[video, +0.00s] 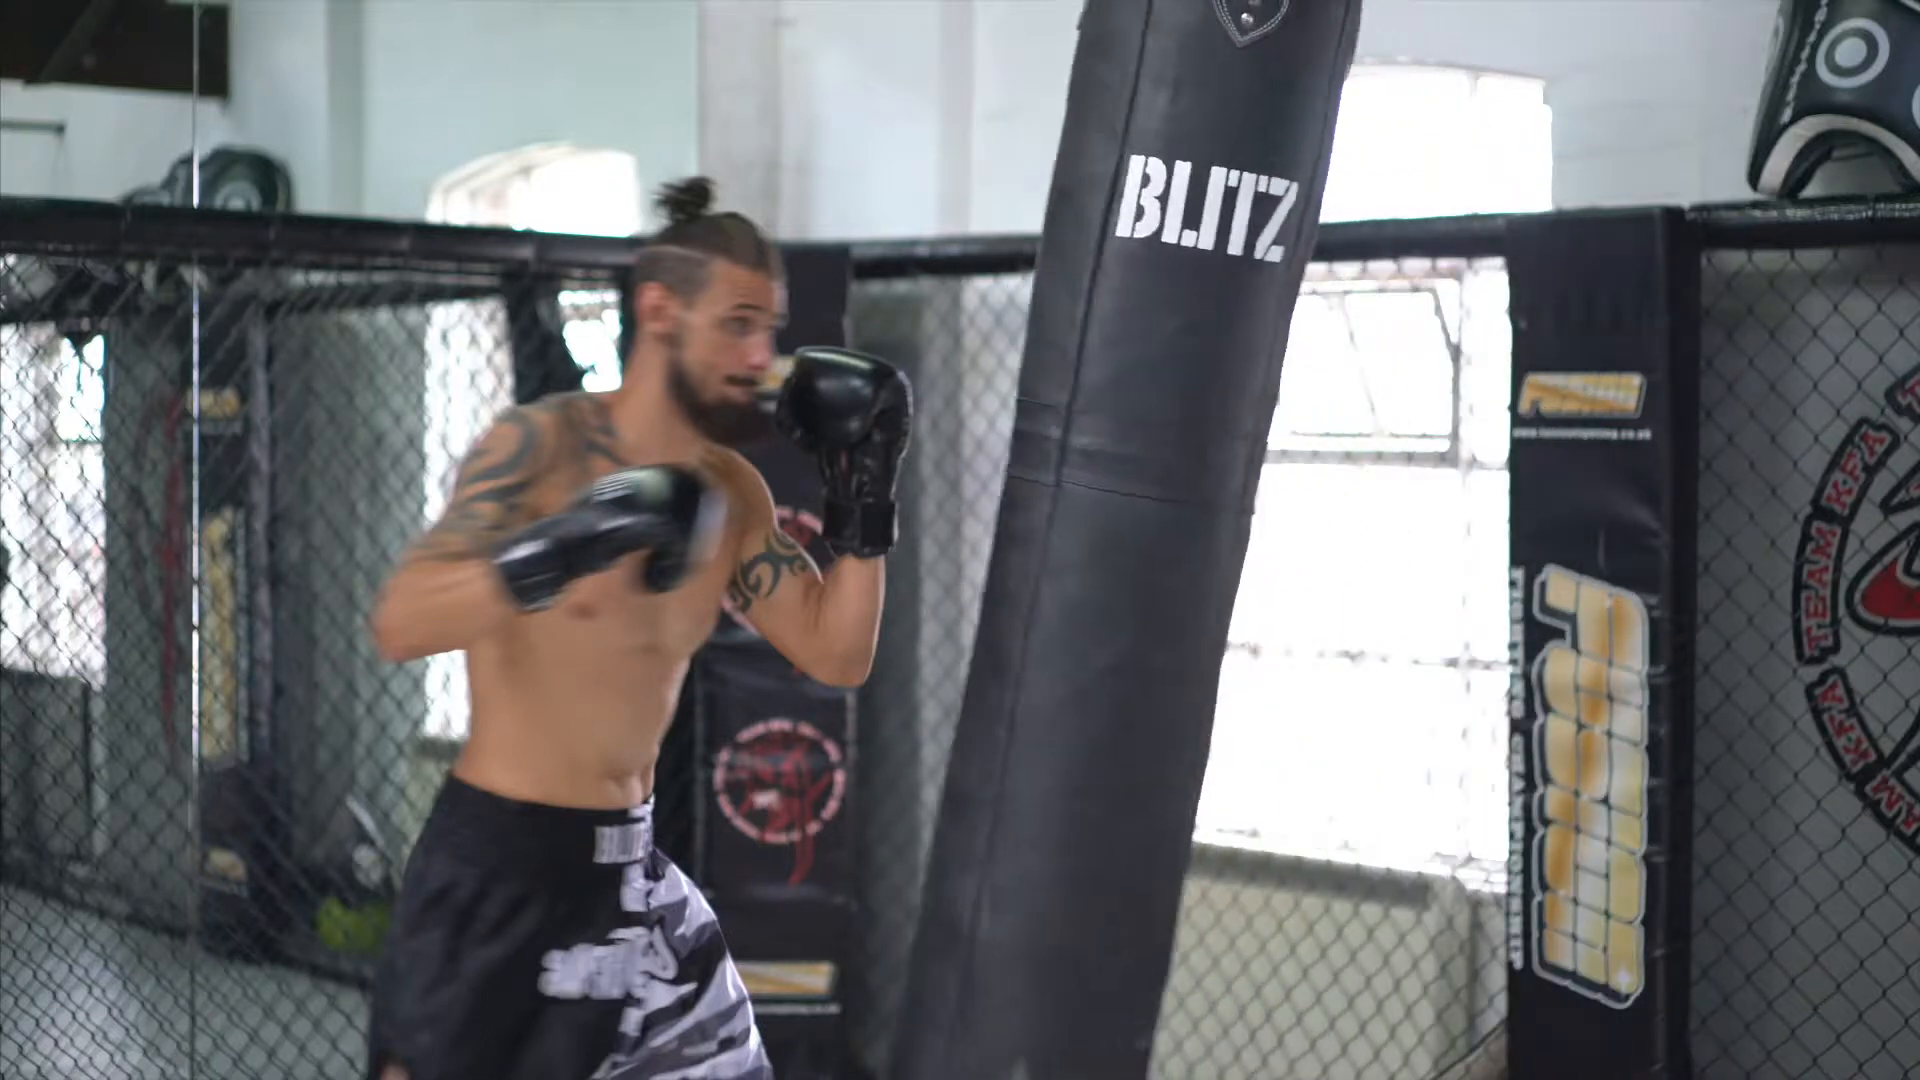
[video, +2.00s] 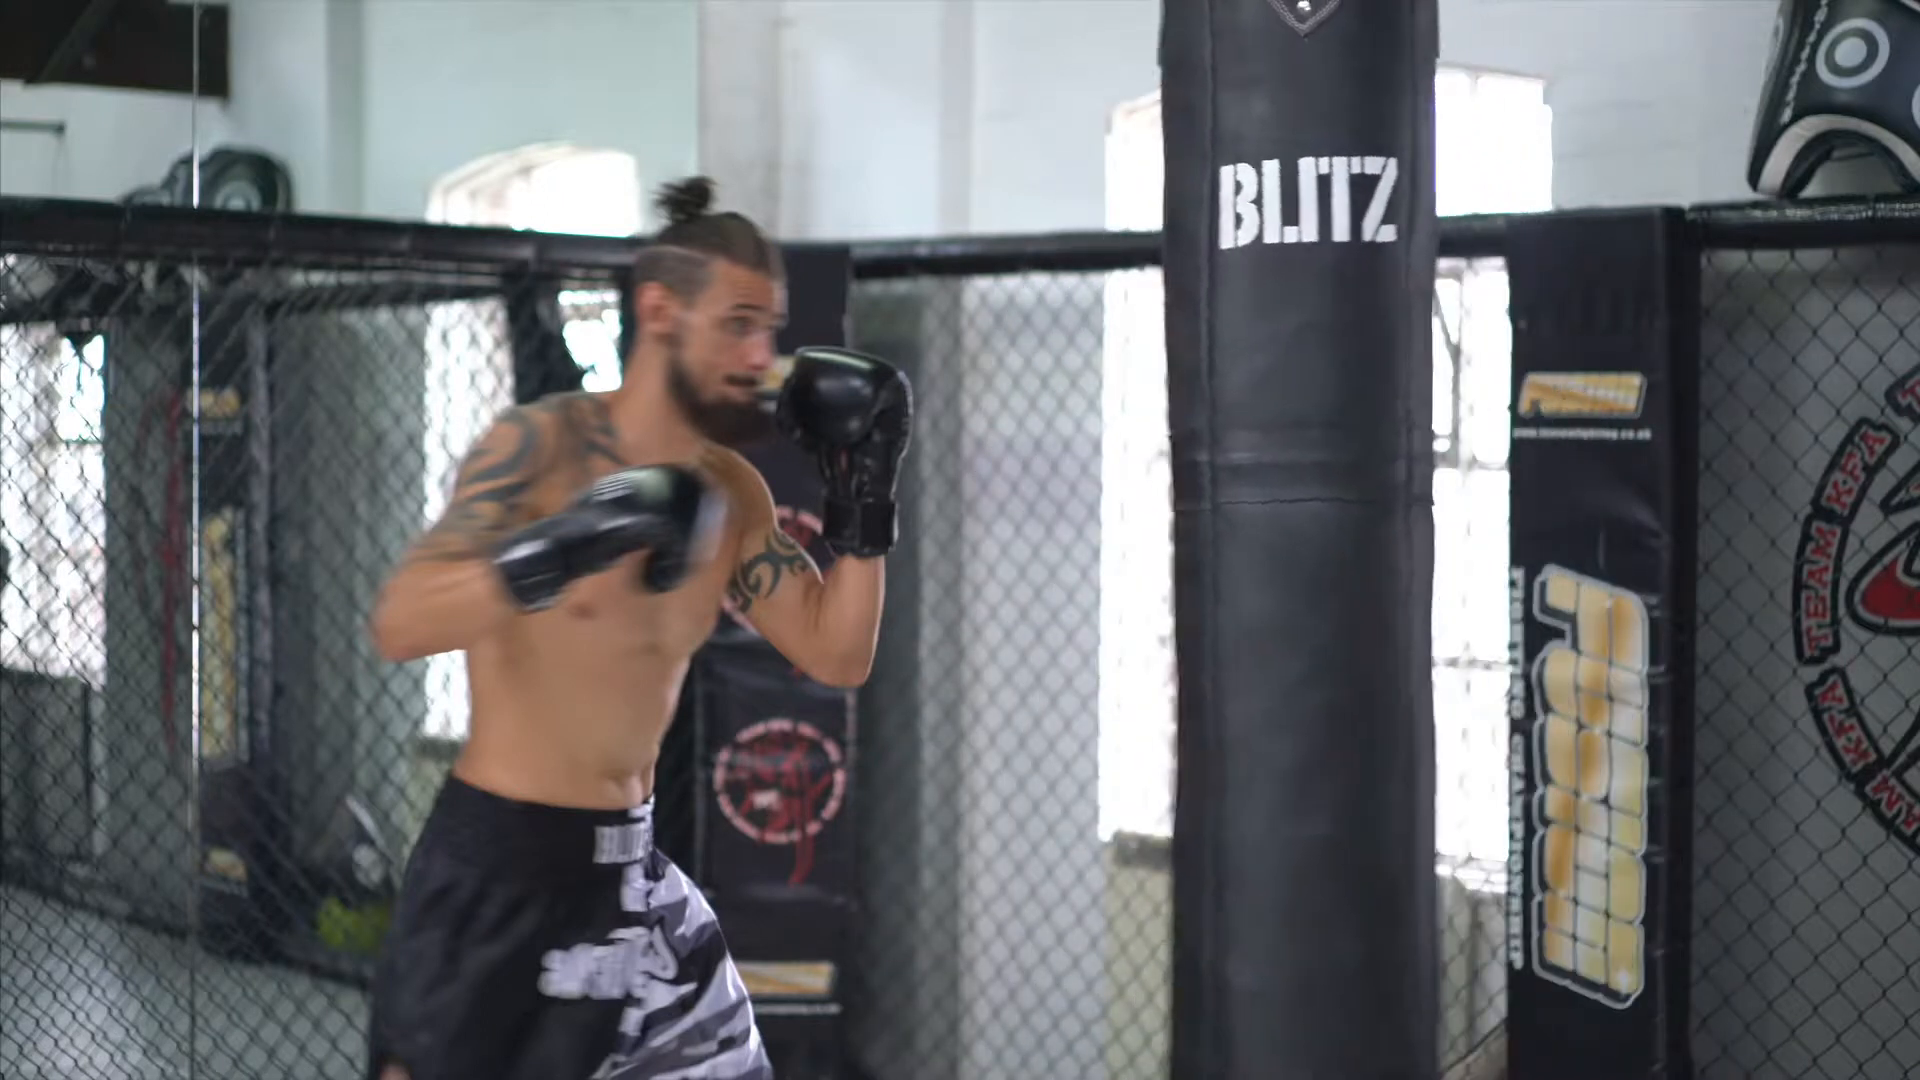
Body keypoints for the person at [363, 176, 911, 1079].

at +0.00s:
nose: (761, 358)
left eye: (772, 331)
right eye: (738, 326)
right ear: (656, 310)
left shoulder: (733, 492)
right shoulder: (539, 440)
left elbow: (839, 655)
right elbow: (401, 623)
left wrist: (865, 483)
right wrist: (569, 547)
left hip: (635, 867)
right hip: (499, 865)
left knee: (731, 1066)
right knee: (441, 1065)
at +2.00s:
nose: (763, 357)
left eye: (772, 331)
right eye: (740, 325)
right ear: (656, 309)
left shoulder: (733, 492)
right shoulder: (538, 440)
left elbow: (839, 655)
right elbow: (400, 623)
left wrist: (865, 480)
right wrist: (568, 547)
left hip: (636, 867)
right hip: (501, 867)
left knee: (732, 1066)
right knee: (444, 1065)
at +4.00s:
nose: (762, 357)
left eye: (772, 331)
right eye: (739, 325)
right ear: (656, 310)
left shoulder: (733, 492)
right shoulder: (537, 441)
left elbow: (839, 655)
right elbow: (400, 623)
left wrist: (865, 481)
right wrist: (569, 546)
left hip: (635, 867)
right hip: (500, 866)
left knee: (732, 1066)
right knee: (439, 1065)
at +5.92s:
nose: (763, 357)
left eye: (772, 331)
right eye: (739, 325)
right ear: (656, 310)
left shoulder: (734, 494)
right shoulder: (539, 441)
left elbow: (839, 656)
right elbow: (400, 624)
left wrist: (865, 483)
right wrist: (570, 546)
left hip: (636, 869)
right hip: (500, 867)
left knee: (732, 1066)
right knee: (437, 1065)